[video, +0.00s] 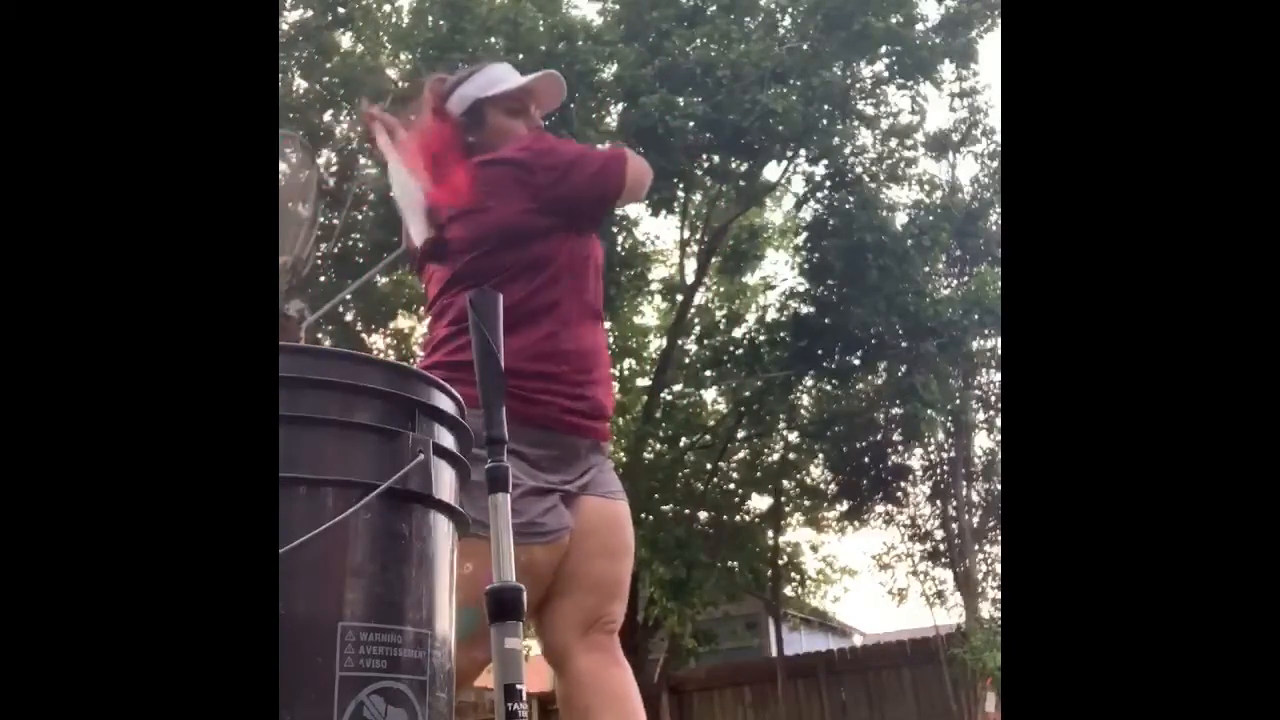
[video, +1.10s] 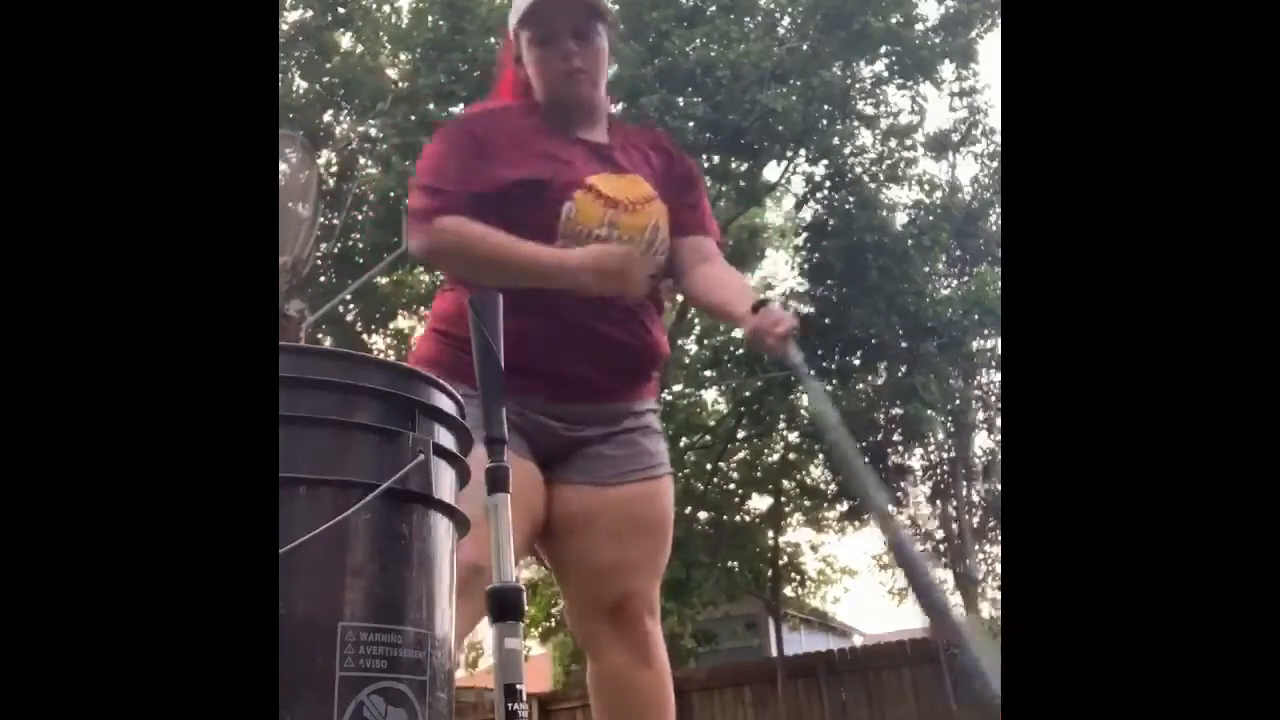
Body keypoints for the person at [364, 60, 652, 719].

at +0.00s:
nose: (537, 118)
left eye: (533, 108)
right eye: (519, 108)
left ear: (471, 126)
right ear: (479, 120)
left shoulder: (441, 188)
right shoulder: (536, 166)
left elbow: (419, 245)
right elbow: (639, 175)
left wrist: (405, 157)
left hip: (581, 452)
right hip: (494, 450)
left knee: (594, 639)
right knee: (457, 656)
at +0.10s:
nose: (539, 122)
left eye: (537, 111)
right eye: (520, 111)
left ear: (466, 127)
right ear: (477, 122)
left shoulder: (456, 192)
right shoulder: (519, 166)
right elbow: (633, 184)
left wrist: (430, 121)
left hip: (582, 456)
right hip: (494, 452)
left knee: (594, 641)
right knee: (447, 663)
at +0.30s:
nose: (532, 128)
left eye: (534, 116)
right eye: (513, 114)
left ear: (535, 121)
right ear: (467, 123)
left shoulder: (521, 186)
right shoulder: (470, 178)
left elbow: (577, 201)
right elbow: (607, 213)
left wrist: (624, 134)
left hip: (577, 455)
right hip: (491, 454)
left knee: (592, 639)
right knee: (444, 656)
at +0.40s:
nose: (536, 124)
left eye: (538, 112)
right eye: (517, 111)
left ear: (542, 117)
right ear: (468, 121)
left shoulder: (541, 199)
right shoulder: (465, 177)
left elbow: (604, 260)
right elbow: (599, 223)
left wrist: (665, 178)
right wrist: (631, 189)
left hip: (576, 454)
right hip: (480, 456)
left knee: (596, 638)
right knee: (440, 659)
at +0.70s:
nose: (582, 106)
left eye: (590, 93)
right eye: (560, 91)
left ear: (598, 105)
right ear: (513, 101)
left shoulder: (600, 194)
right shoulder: (498, 159)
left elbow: (659, 272)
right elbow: (587, 227)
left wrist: (739, 243)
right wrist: (715, 219)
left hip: (602, 439)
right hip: (485, 439)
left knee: (626, 628)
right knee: (448, 642)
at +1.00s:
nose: (584, 66)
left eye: (597, 50)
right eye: (561, 55)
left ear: (620, 63)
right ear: (530, 70)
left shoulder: (662, 167)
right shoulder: (504, 138)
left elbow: (700, 271)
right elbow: (511, 230)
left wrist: (779, 299)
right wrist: (654, 254)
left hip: (620, 423)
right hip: (486, 407)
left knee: (632, 628)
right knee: (473, 578)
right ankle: (405, 706)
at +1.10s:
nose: (569, 54)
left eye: (584, 36)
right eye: (548, 42)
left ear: (609, 46)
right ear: (520, 55)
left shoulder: (655, 152)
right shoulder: (474, 135)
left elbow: (700, 259)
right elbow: (430, 236)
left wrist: (752, 308)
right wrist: (576, 265)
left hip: (618, 419)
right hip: (481, 402)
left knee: (630, 622)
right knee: (467, 568)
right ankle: (398, 706)